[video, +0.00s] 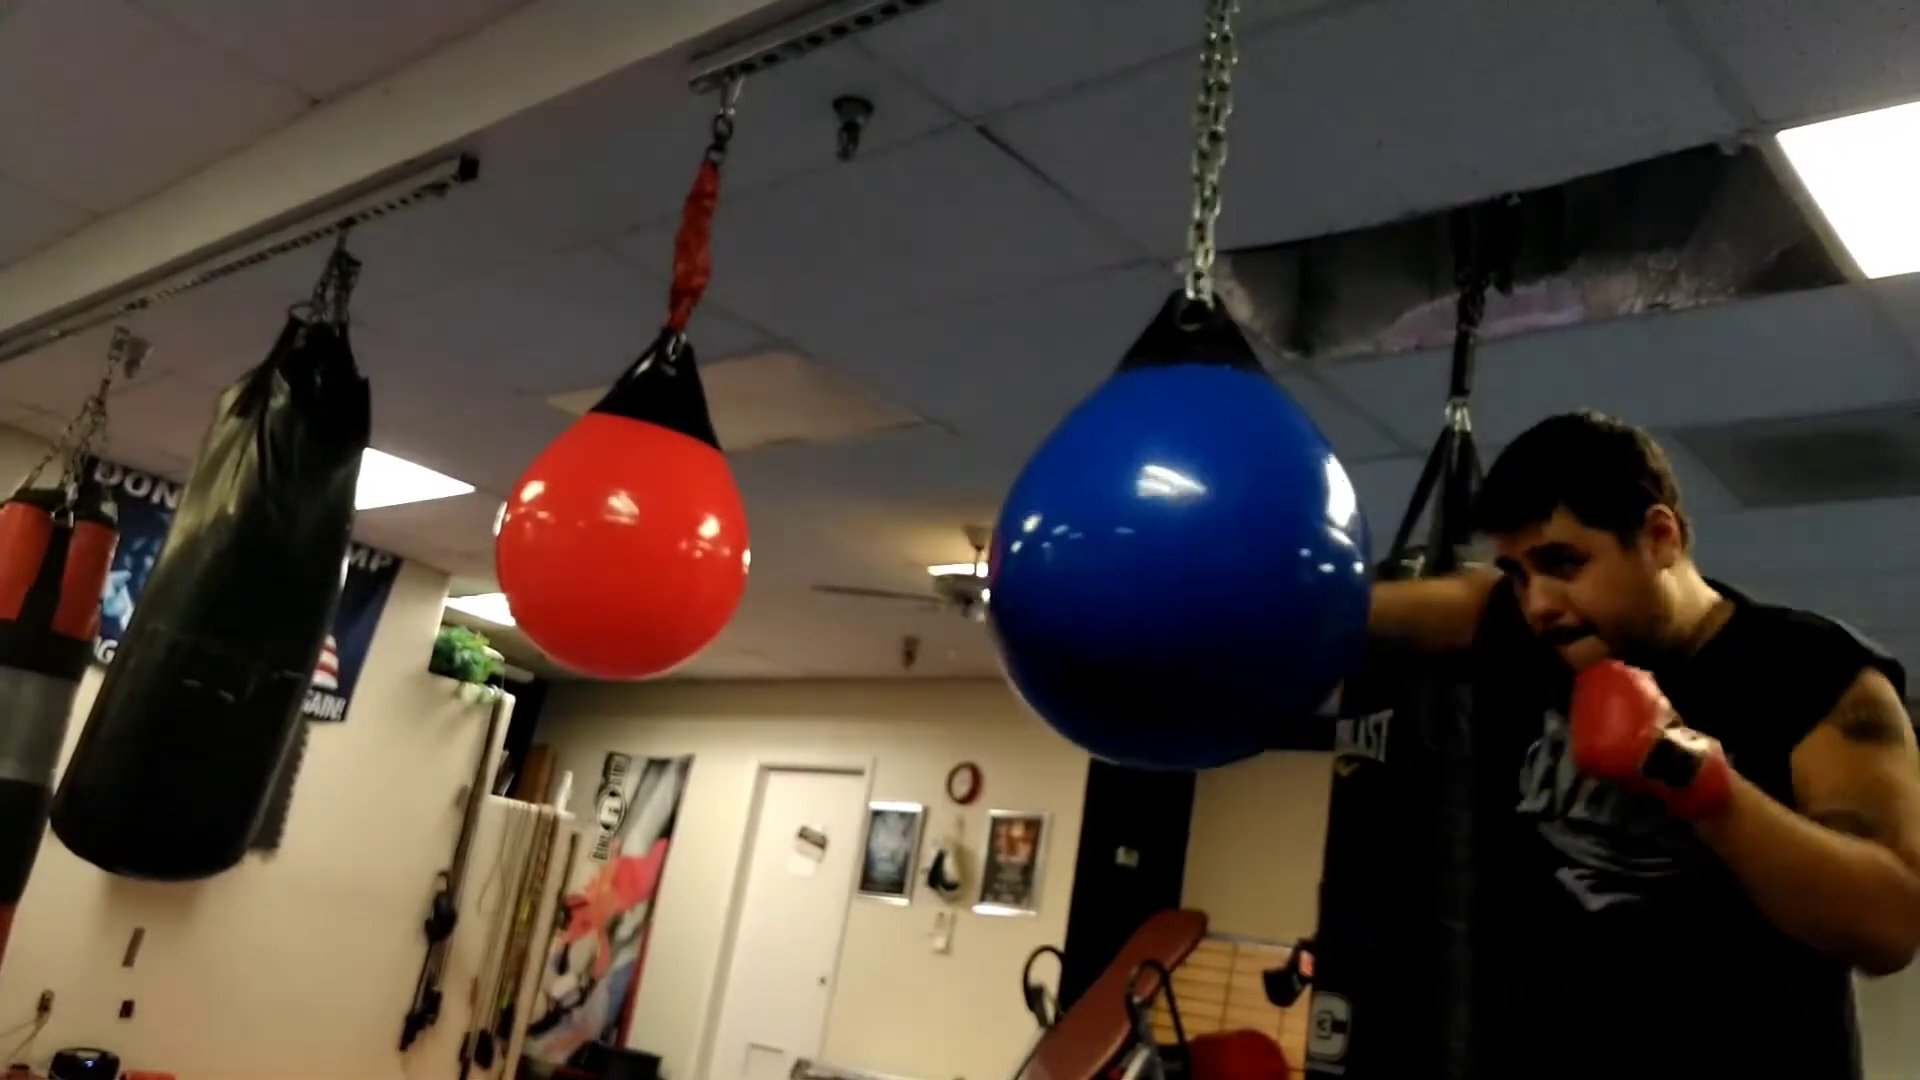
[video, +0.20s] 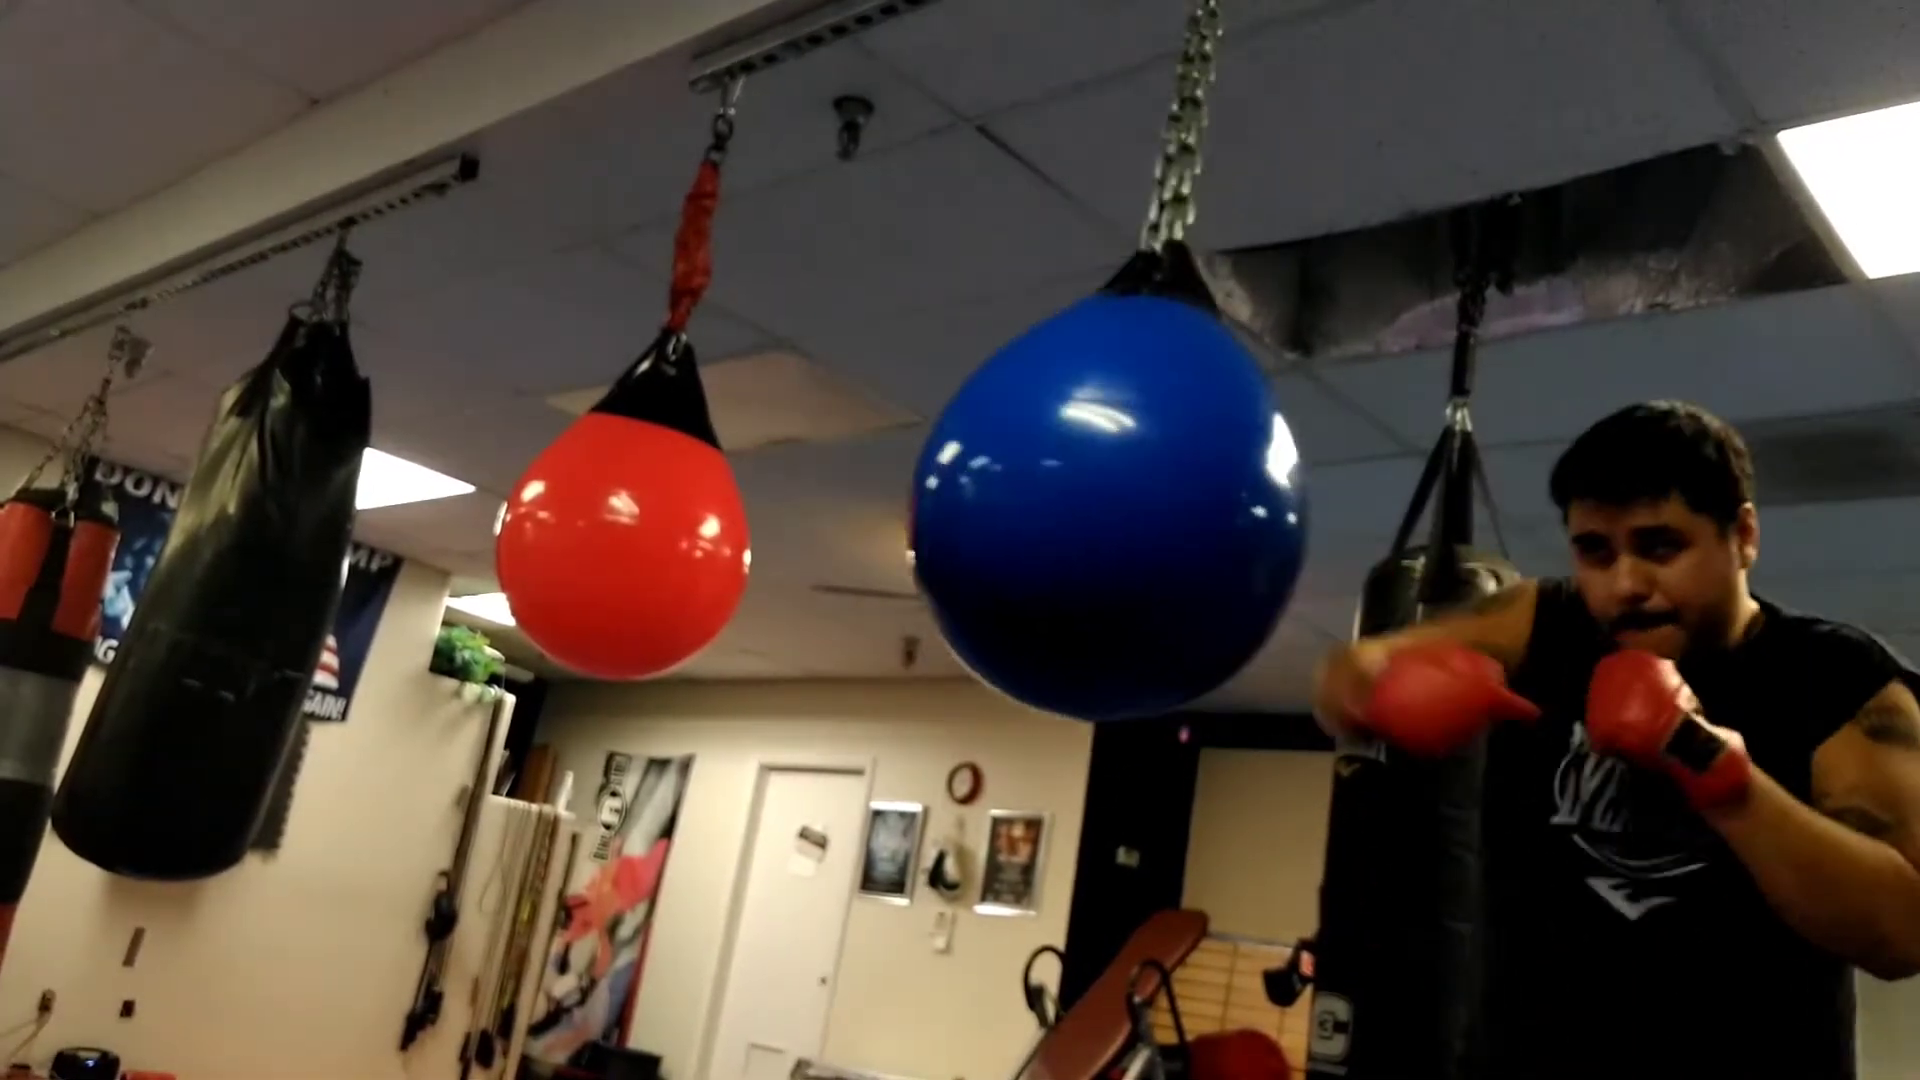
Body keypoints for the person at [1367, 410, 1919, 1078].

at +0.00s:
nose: (1537, 607)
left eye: (1561, 565)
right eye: (1518, 576)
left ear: (1661, 535)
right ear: (1502, 573)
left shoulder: (1821, 676)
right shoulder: (1535, 625)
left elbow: (1887, 924)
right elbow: (1331, 613)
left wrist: (1699, 783)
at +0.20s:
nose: (1625, 586)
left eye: (1659, 547)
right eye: (1596, 553)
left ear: (1743, 540)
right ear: (1571, 553)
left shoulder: (1841, 685)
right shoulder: (1547, 627)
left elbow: (1898, 932)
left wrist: (1721, 778)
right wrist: (1383, 685)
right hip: (1544, 1079)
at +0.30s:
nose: (1608, 593)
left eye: (1641, 555)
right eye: (1579, 560)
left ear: (1725, 544)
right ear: (1556, 561)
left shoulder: (1834, 697)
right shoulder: (1536, 647)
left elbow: (1897, 949)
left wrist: (1710, 808)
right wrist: (1438, 762)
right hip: (1547, 1076)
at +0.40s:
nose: (1559, 615)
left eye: (1593, 578)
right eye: (1535, 583)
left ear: (1679, 567)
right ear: (1516, 585)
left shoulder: (1804, 714)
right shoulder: (1507, 691)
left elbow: (1884, 958)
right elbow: (1417, 902)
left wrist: (1664, 896)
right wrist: (1425, 844)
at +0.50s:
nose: (1499, 632)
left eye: (1532, 599)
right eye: (1482, 602)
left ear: (1623, 587)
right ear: (1469, 605)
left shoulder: (1758, 732)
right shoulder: (1491, 713)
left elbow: (1866, 937)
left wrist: (1612, 975)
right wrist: (1401, 868)